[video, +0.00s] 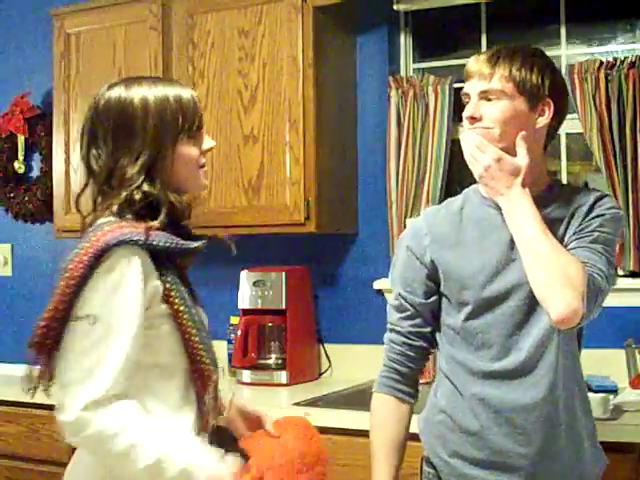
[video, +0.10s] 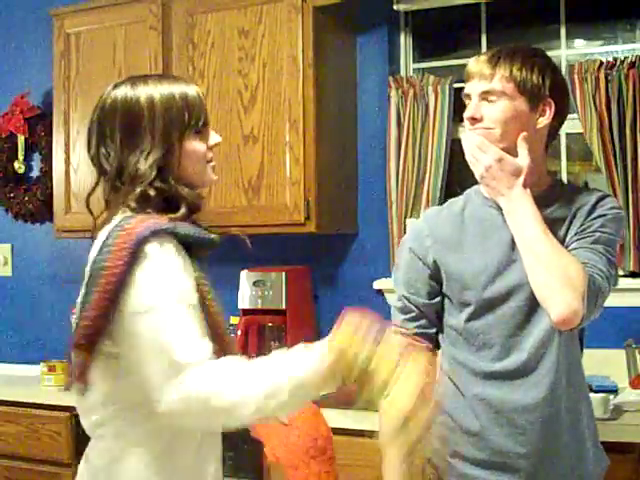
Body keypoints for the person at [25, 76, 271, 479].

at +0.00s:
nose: (208, 145)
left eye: (201, 132)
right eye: (191, 134)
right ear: (147, 148)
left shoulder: (151, 251)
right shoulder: (126, 259)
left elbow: (157, 376)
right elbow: (87, 410)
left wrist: (226, 409)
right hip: (120, 469)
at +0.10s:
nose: (214, 142)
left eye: (207, 129)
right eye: (198, 131)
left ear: (157, 147)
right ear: (154, 146)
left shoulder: (133, 240)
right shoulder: (152, 251)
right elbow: (181, 391)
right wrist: (327, 362)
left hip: (131, 467)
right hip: (150, 471)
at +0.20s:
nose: (220, 140)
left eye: (213, 127)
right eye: (204, 128)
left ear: (165, 143)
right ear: (162, 143)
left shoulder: (127, 234)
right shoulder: (185, 233)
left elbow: (152, 369)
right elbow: (292, 324)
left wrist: (241, 392)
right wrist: (402, 234)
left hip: (118, 466)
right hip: (175, 470)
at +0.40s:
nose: (227, 135)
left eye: (219, 123)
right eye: (211, 125)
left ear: (157, 140)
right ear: (174, 139)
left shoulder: (136, 232)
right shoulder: (190, 218)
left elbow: (157, 360)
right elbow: (309, 304)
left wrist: (247, 395)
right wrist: (358, 220)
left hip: (135, 464)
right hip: (191, 467)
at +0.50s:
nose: (220, 136)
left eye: (212, 124)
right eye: (204, 126)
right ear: (164, 139)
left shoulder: (130, 234)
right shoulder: (181, 230)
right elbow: (253, 351)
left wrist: (272, 369)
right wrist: (317, 276)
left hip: (144, 462)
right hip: (197, 466)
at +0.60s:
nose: (206, 133)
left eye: (198, 120)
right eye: (190, 122)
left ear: (151, 142)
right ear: (149, 140)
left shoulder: (156, 243)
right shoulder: (147, 250)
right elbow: (178, 386)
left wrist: (246, 324)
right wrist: (281, 335)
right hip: (180, 469)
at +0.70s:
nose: (191, 131)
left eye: (183, 118)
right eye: (173, 120)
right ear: (128, 136)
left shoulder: (174, 235)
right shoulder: (101, 259)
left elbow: (207, 343)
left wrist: (263, 298)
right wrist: (240, 375)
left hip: (229, 465)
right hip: (157, 474)